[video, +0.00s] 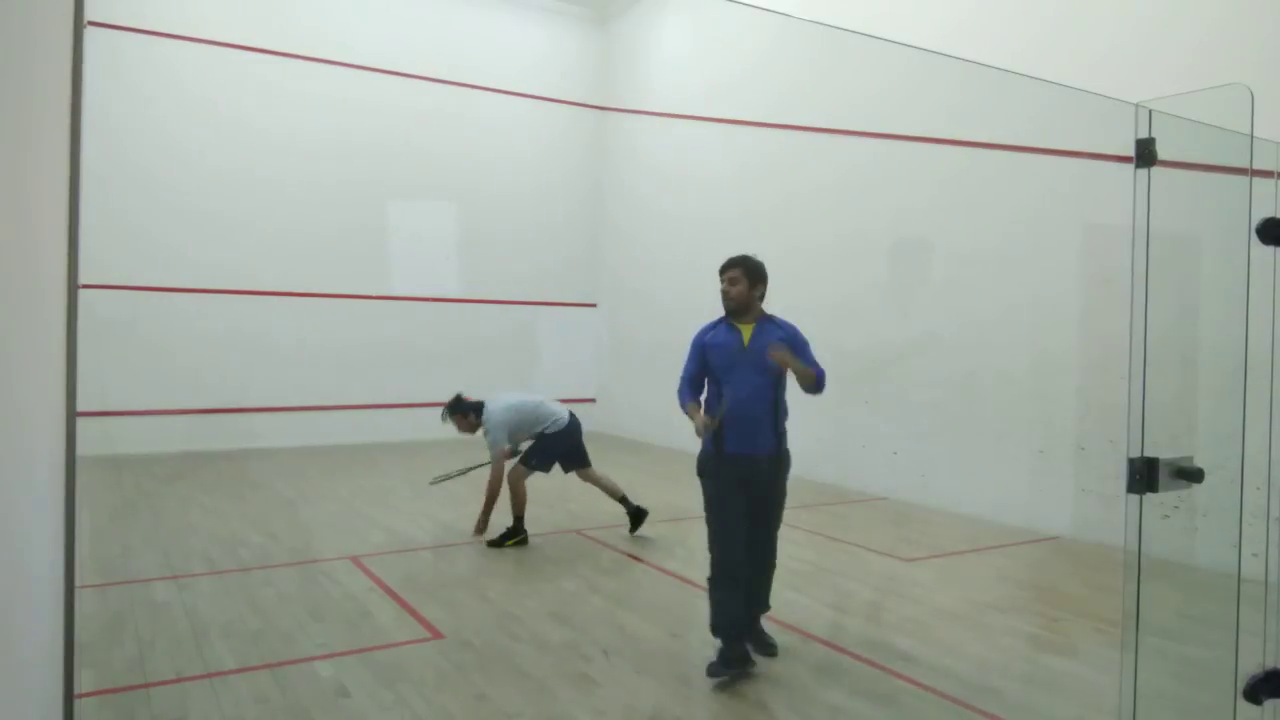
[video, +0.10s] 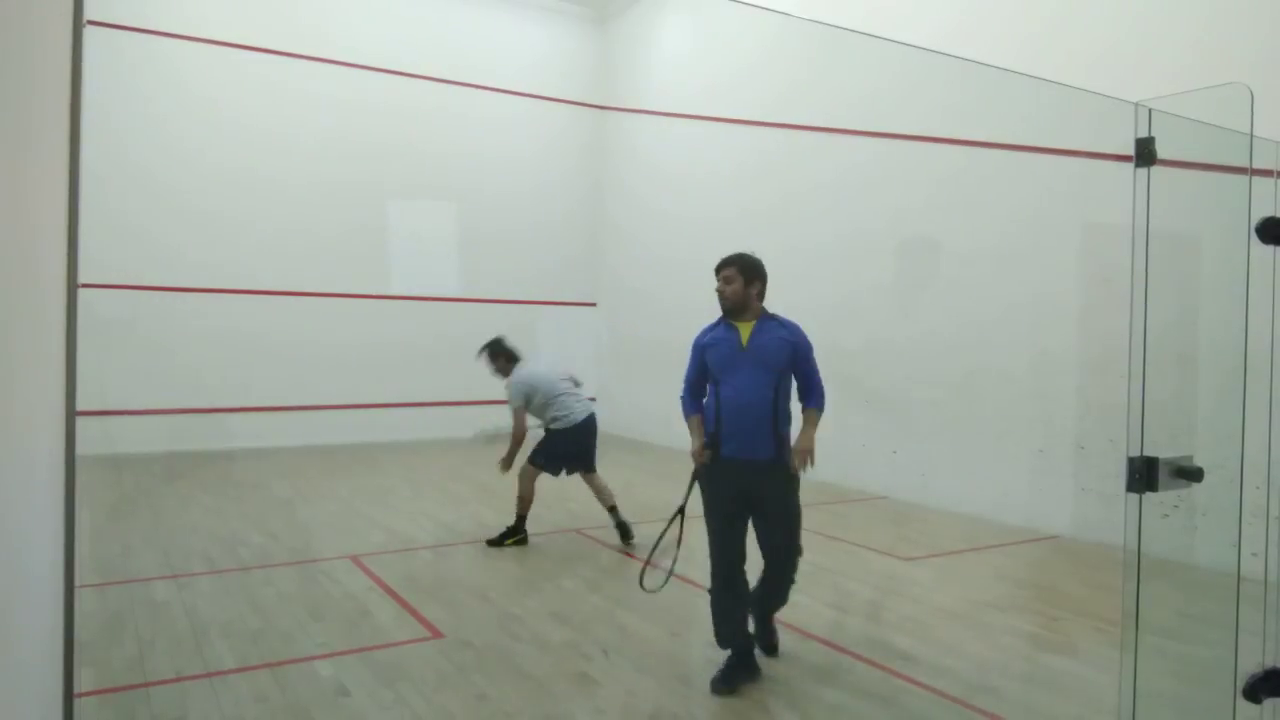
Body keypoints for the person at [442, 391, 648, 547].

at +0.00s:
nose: (458, 430)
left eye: (458, 424)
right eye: (456, 425)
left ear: (468, 417)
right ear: (470, 413)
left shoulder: (494, 426)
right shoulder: (494, 410)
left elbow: (496, 480)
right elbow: (530, 425)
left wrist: (482, 518)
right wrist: (512, 450)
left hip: (554, 431)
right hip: (568, 422)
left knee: (515, 477)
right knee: (587, 473)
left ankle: (518, 530)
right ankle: (634, 510)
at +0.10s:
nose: (493, 368)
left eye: (494, 362)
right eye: (491, 363)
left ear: (503, 360)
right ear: (511, 357)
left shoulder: (515, 383)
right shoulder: (536, 368)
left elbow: (520, 431)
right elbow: (575, 382)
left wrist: (508, 459)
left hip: (563, 428)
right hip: (587, 420)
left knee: (527, 474)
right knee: (589, 473)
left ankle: (518, 529)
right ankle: (620, 523)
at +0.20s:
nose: (546, 338)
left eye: (546, 333)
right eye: (545, 333)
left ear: (553, 333)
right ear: (568, 329)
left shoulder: (556, 360)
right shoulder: (594, 350)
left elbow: (550, 402)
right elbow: (624, 374)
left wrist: (542, 413)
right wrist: (601, 384)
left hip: (578, 426)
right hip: (607, 420)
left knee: (552, 474)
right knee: (612, 476)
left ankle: (527, 526)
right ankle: (616, 534)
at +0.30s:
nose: (593, 324)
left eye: (592, 320)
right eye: (596, 319)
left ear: (593, 321)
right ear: (614, 319)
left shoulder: (587, 348)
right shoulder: (630, 343)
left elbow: (577, 389)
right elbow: (657, 369)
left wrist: (574, 419)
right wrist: (648, 395)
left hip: (598, 418)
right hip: (628, 417)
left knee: (590, 469)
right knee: (624, 475)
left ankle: (590, 522)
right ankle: (618, 533)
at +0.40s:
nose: (648, 328)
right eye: (649, 324)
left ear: (631, 327)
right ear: (652, 327)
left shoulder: (616, 353)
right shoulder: (660, 351)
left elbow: (604, 390)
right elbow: (672, 388)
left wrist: (599, 424)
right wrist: (677, 413)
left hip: (624, 419)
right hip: (650, 418)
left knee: (644, 473)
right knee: (637, 476)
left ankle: (660, 519)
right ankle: (618, 533)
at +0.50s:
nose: (677, 331)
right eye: (677, 328)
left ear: (656, 330)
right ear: (676, 330)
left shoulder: (641, 352)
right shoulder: (682, 352)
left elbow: (628, 390)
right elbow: (689, 392)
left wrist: (632, 420)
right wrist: (692, 425)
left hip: (642, 413)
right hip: (668, 412)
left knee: (655, 469)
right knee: (669, 473)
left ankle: (664, 521)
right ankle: (633, 511)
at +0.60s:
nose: (690, 324)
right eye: (691, 320)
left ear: (670, 321)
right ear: (690, 322)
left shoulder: (656, 346)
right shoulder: (695, 342)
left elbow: (647, 385)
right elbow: (704, 375)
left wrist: (665, 399)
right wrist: (716, 407)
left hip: (659, 411)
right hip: (684, 410)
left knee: (665, 463)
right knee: (701, 462)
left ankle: (663, 520)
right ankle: (680, 511)